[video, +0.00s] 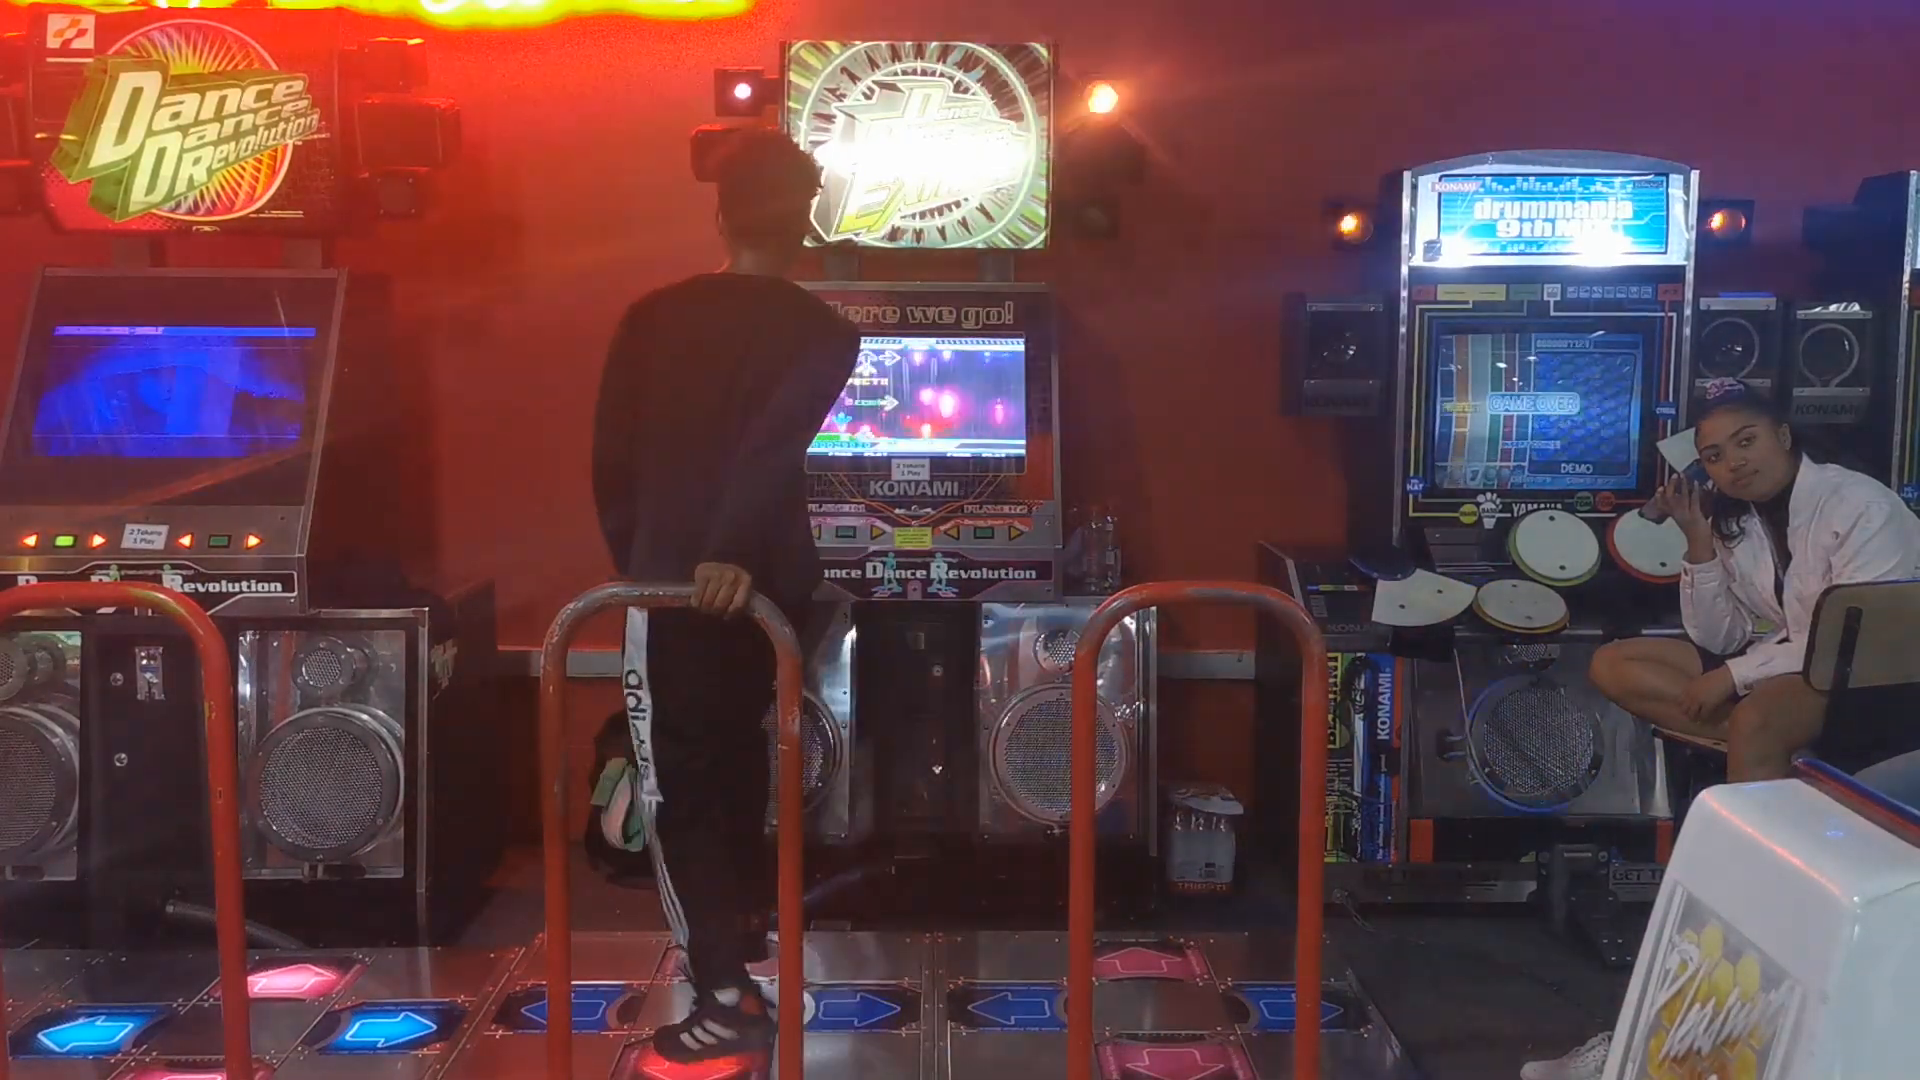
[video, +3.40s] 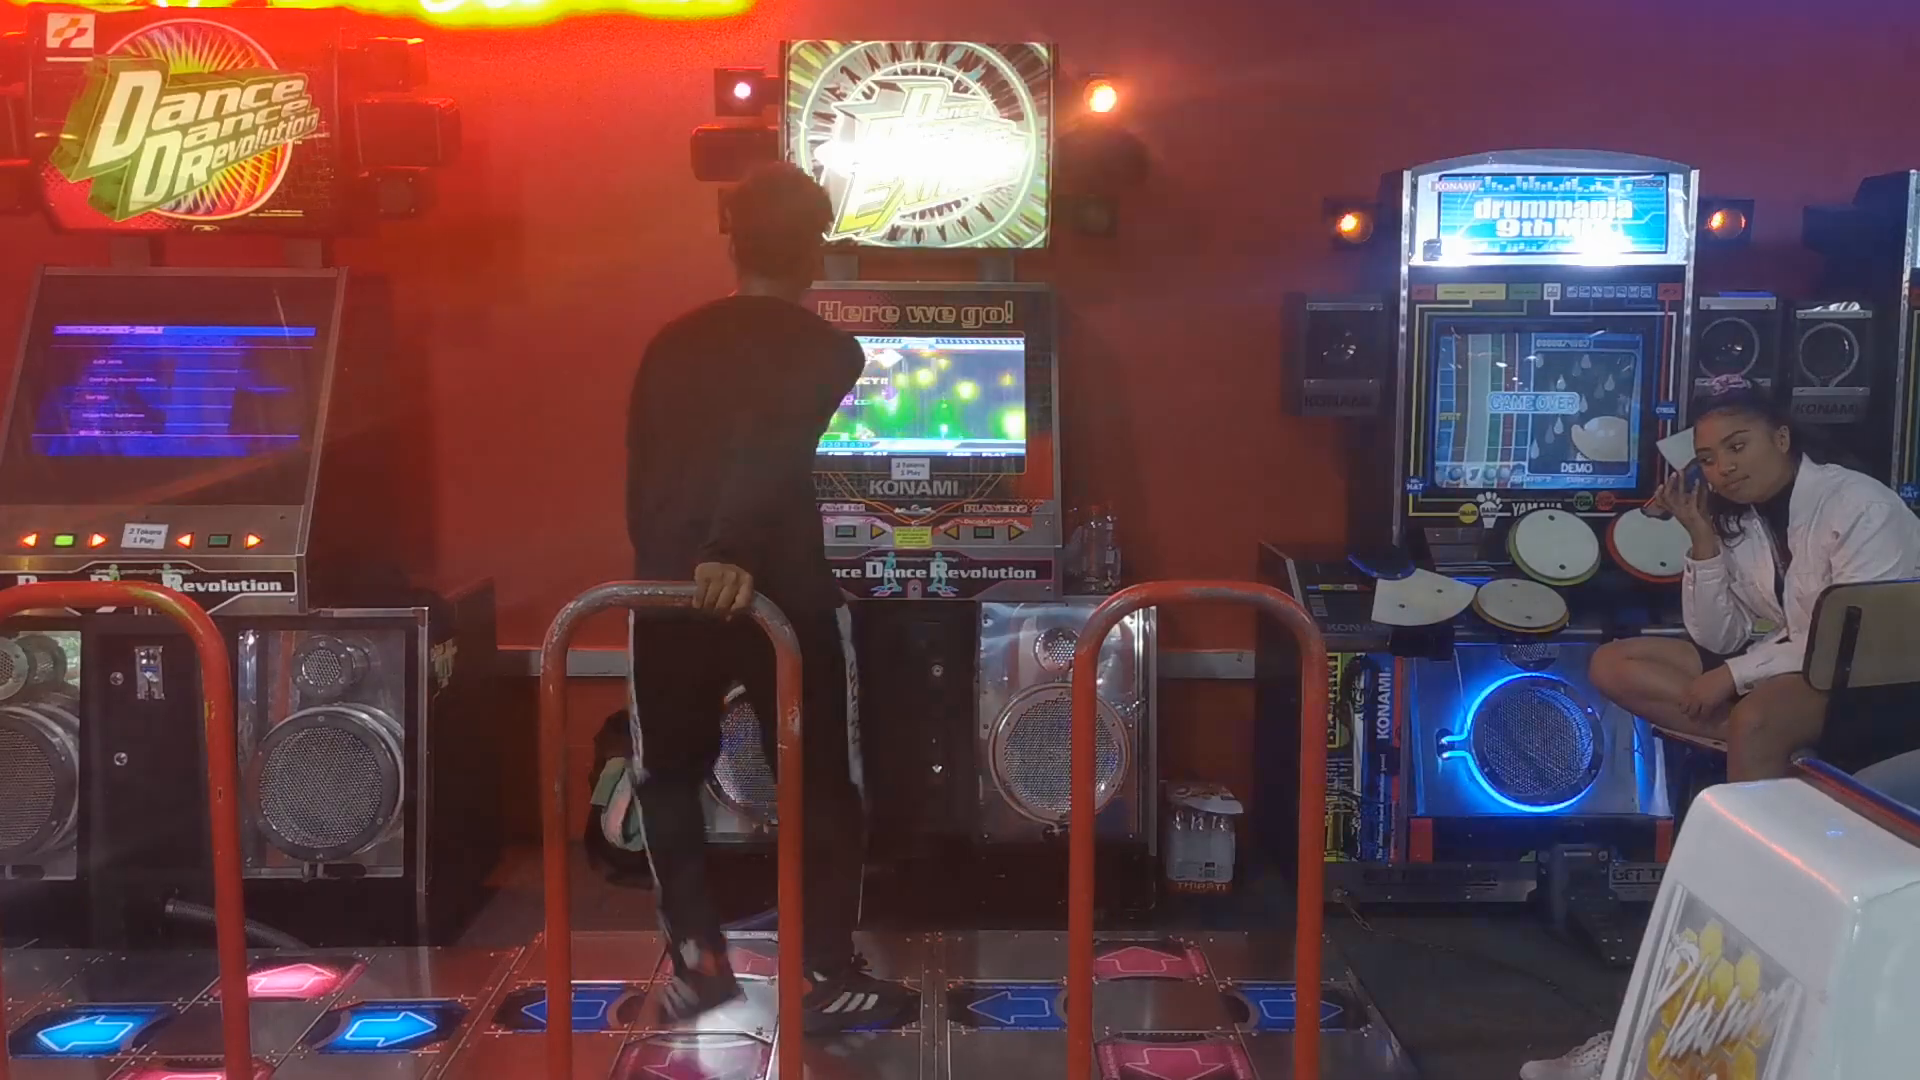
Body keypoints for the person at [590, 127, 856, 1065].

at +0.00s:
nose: (798, 229)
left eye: (767, 212)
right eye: (802, 215)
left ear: (723, 219)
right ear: (803, 221)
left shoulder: (652, 315)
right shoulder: (824, 329)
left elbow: (612, 451)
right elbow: (773, 438)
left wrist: (642, 560)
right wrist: (729, 547)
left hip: (665, 576)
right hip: (765, 576)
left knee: (680, 782)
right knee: (740, 769)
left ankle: (717, 998)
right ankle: (731, 956)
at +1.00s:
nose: (774, 275)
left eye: (768, 261)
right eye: (780, 261)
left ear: (726, 268)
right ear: (804, 272)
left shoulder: (658, 350)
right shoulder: (821, 362)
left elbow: (605, 483)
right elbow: (771, 459)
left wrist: (646, 566)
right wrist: (732, 550)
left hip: (644, 596)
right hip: (745, 591)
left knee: (593, 749)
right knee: (716, 753)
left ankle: (629, 909)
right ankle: (738, 941)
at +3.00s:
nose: (786, 264)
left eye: (781, 249)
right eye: (785, 250)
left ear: (699, 258)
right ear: (774, 258)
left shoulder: (640, 347)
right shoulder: (764, 338)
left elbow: (602, 496)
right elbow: (711, 435)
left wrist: (614, 602)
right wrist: (717, 547)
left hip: (631, 603)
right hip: (723, 598)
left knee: (643, 786)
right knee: (825, 762)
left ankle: (599, 971)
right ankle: (809, 957)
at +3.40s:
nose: (820, 256)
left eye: (813, 242)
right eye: (819, 243)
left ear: (734, 249)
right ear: (811, 249)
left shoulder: (672, 343)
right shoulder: (822, 344)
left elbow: (642, 480)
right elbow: (773, 438)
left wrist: (668, 568)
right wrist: (734, 544)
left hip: (674, 591)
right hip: (781, 587)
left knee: (670, 769)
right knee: (819, 773)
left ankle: (699, 963)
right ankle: (832, 973)